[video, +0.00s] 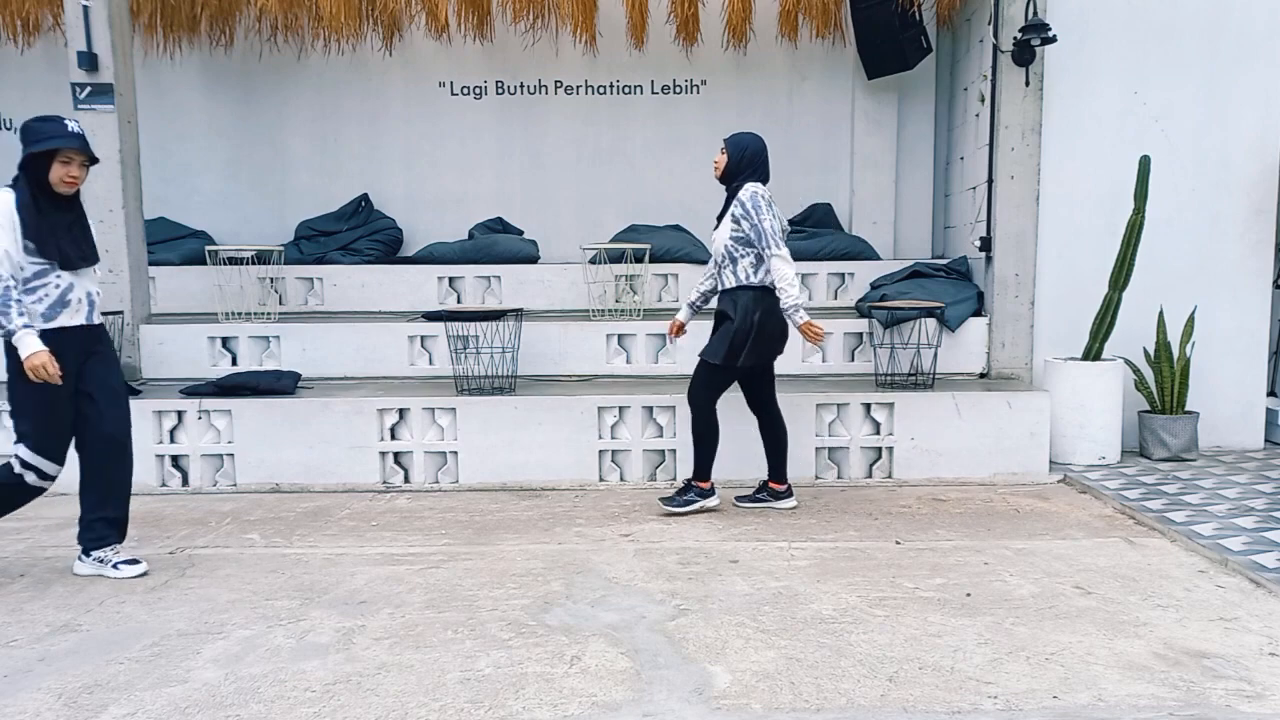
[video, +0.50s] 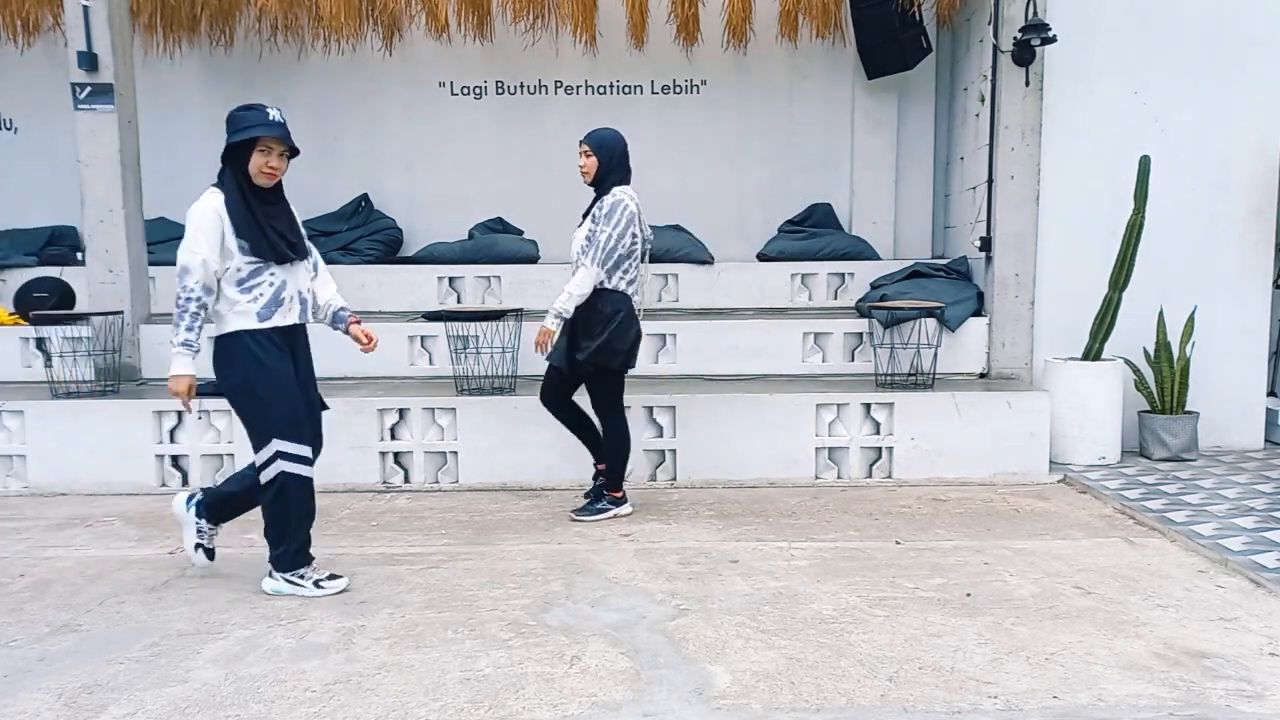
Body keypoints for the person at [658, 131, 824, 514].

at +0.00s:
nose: (716, 160)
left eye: (723, 154)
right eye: (719, 153)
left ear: (740, 159)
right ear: (744, 161)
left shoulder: (752, 195)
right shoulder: (739, 203)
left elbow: (778, 255)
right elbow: (718, 269)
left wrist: (796, 313)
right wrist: (687, 310)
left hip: (748, 312)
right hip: (750, 312)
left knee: (701, 393)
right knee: (764, 403)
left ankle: (701, 485)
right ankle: (778, 486)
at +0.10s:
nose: (688, 166)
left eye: (694, 160)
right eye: (690, 159)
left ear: (712, 165)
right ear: (712, 166)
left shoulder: (724, 201)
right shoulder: (712, 209)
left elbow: (754, 259)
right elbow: (683, 270)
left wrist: (780, 315)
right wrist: (639, 301)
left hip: (716, 316)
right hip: (723, 315)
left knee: (680, 406)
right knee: (747, 405)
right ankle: (776, 485)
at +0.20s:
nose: (660, 168)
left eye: (666, 162)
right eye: (662, 162)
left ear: (684, 167)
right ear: (687, 168)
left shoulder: (695, 205)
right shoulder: (683, 210)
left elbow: (717, 265)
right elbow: (655, 275)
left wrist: (741, 321)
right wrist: (610, 298)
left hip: (680, 318)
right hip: (688, 318)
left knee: (653, 409)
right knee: (716, 405)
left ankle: (621, 492)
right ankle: (768, 477)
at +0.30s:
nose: (631, 165)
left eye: (638, 158)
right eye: (634, 158)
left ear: (657, 163)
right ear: (658, 164)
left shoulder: (667, 205)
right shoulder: (656, 207)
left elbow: (677, 274)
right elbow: (639, 278)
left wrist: (685, 335)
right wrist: (601, 308)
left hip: (645, 315)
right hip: (643, 313)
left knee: (634, 409)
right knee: (663, 409)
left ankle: (616, 494)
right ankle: (735, 457)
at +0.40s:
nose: (605, 164)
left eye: (612, 157)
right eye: (606, 157)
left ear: (633, 161)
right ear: (631, 162)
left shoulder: (644, 206)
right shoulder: (630, 204)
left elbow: (635, 277)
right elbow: (621, 274)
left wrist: (617, 333)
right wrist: (604, 322)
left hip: (627, 310)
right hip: (610, 307)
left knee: (621, 405)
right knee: (599, 403)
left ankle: (614, 493)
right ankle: (675, 448)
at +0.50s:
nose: (581, 163)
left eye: (587, 155)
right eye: (580, 156)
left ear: (608, 157)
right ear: (592, 160)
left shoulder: (619, 201)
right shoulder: (606, 202)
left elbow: (592, 270)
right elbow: (593, 269)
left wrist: (553, 317)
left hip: (607, 314)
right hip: (592, 312)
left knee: (608, 403)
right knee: (553, 395)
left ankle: (615, 494)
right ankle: (606, 462)